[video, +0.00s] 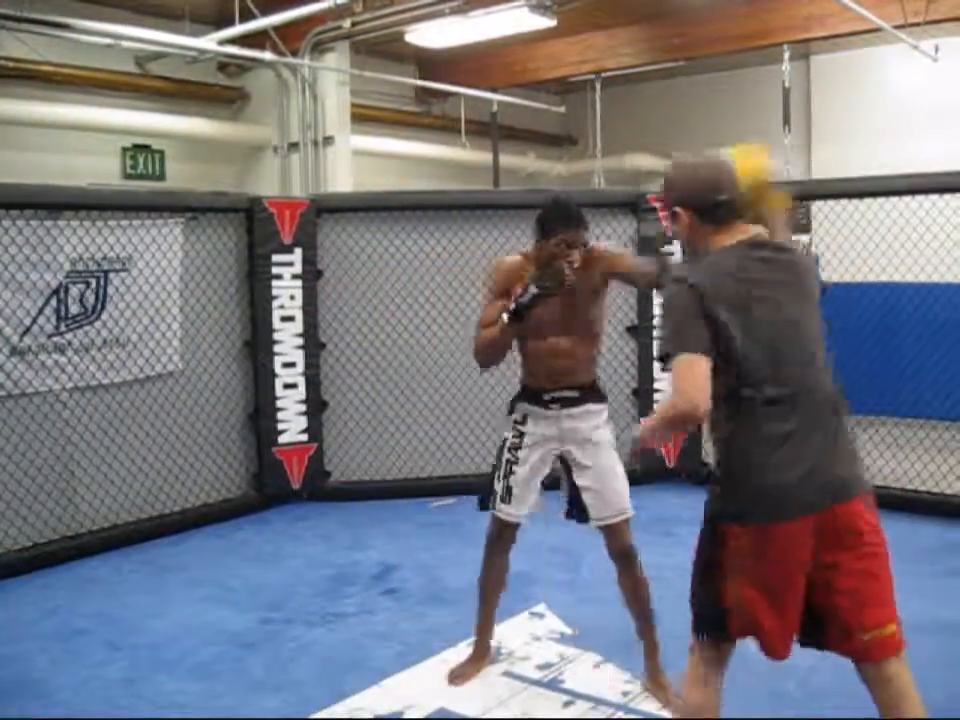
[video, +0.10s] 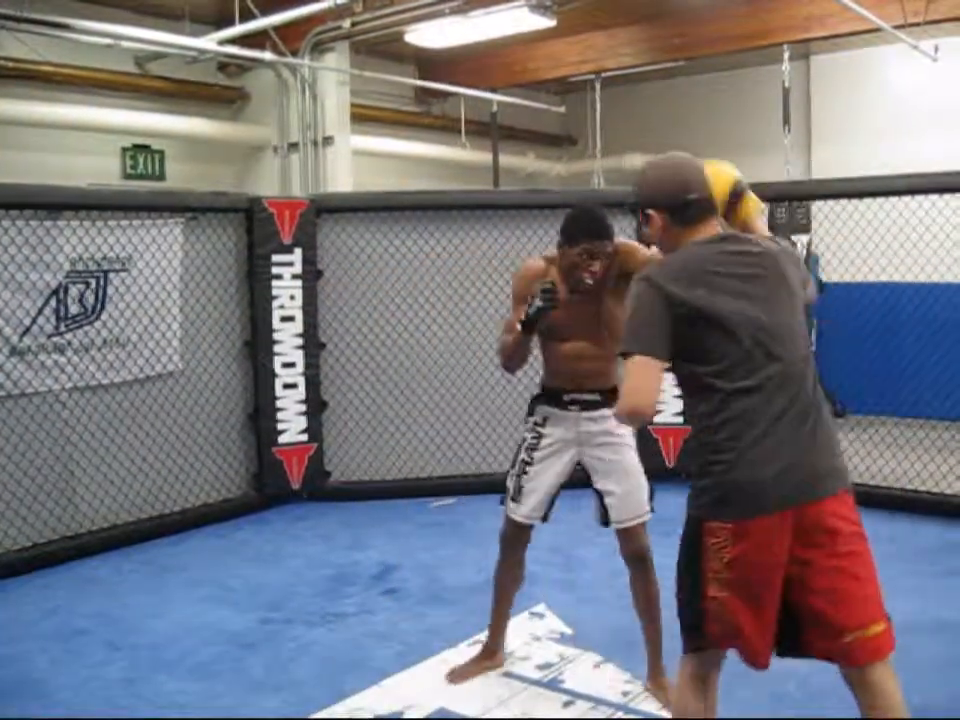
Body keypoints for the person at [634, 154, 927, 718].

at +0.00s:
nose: (667, 222)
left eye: (668, 213)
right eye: (667, 212)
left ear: (682, 218)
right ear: (735, 206)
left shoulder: (691, 284)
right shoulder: (798, 263)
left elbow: (693, 403)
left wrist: (660, 424)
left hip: (756, 498)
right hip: (841, 485)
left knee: (707, 660)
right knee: (886, 665)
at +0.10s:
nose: (644, 229)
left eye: (644, 218)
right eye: (643, 217)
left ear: (657, 219)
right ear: (713, 205)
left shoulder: (660, 281)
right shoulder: (780, 258)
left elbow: (638, 404)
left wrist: (627, 404)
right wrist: (746, 218)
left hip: (736, 491)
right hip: (822, 478)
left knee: (700, 665)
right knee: (871, 666)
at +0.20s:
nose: (626, 226)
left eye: (626, 216)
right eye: (626, 215)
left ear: (637, 217)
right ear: (693, 201)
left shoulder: (635, 288)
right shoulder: (772, 259)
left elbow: (617, 411)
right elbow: (853, 338)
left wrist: (638, 413)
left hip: (718, 496)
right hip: (807, 483)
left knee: (692, 675)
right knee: (851, 668)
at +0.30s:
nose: (627, 217)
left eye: (626, 207)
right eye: (627, 206)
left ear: (636, 208)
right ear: (699, 197)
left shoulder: (627, 285)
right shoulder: (767, 258)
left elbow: (612, 414)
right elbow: (836, 371)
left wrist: (610, 468)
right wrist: (808, 388)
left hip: (698, 501)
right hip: (790, 491)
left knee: (685, 674)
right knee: (836, 671)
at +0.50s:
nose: (657, 212)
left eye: (658, 204)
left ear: (665, 212)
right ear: (736, 206)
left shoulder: (631, 295)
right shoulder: (779, 282)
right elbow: (824, 417)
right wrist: (814, 445)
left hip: (667, 528)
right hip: (757, 529)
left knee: (677, 689)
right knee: (778, 704)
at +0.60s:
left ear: (680, 215)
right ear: (758, 215)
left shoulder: (635, 297)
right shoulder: (788, 297)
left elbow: (589, 434)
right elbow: (850, 441)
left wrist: (602, 519)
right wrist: (801, 411)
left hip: (655, 545)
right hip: (746, 550)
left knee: (671, 697)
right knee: (764, 708)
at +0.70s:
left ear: (678, 204)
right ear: (757, 205)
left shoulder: (628, 279)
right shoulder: (787, 287)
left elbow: (576, 414)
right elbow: (857, 395)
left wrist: (640, 412)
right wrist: (832, 310)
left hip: (634, 538)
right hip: (732, 548)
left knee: (652, 700)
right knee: (755, 708)